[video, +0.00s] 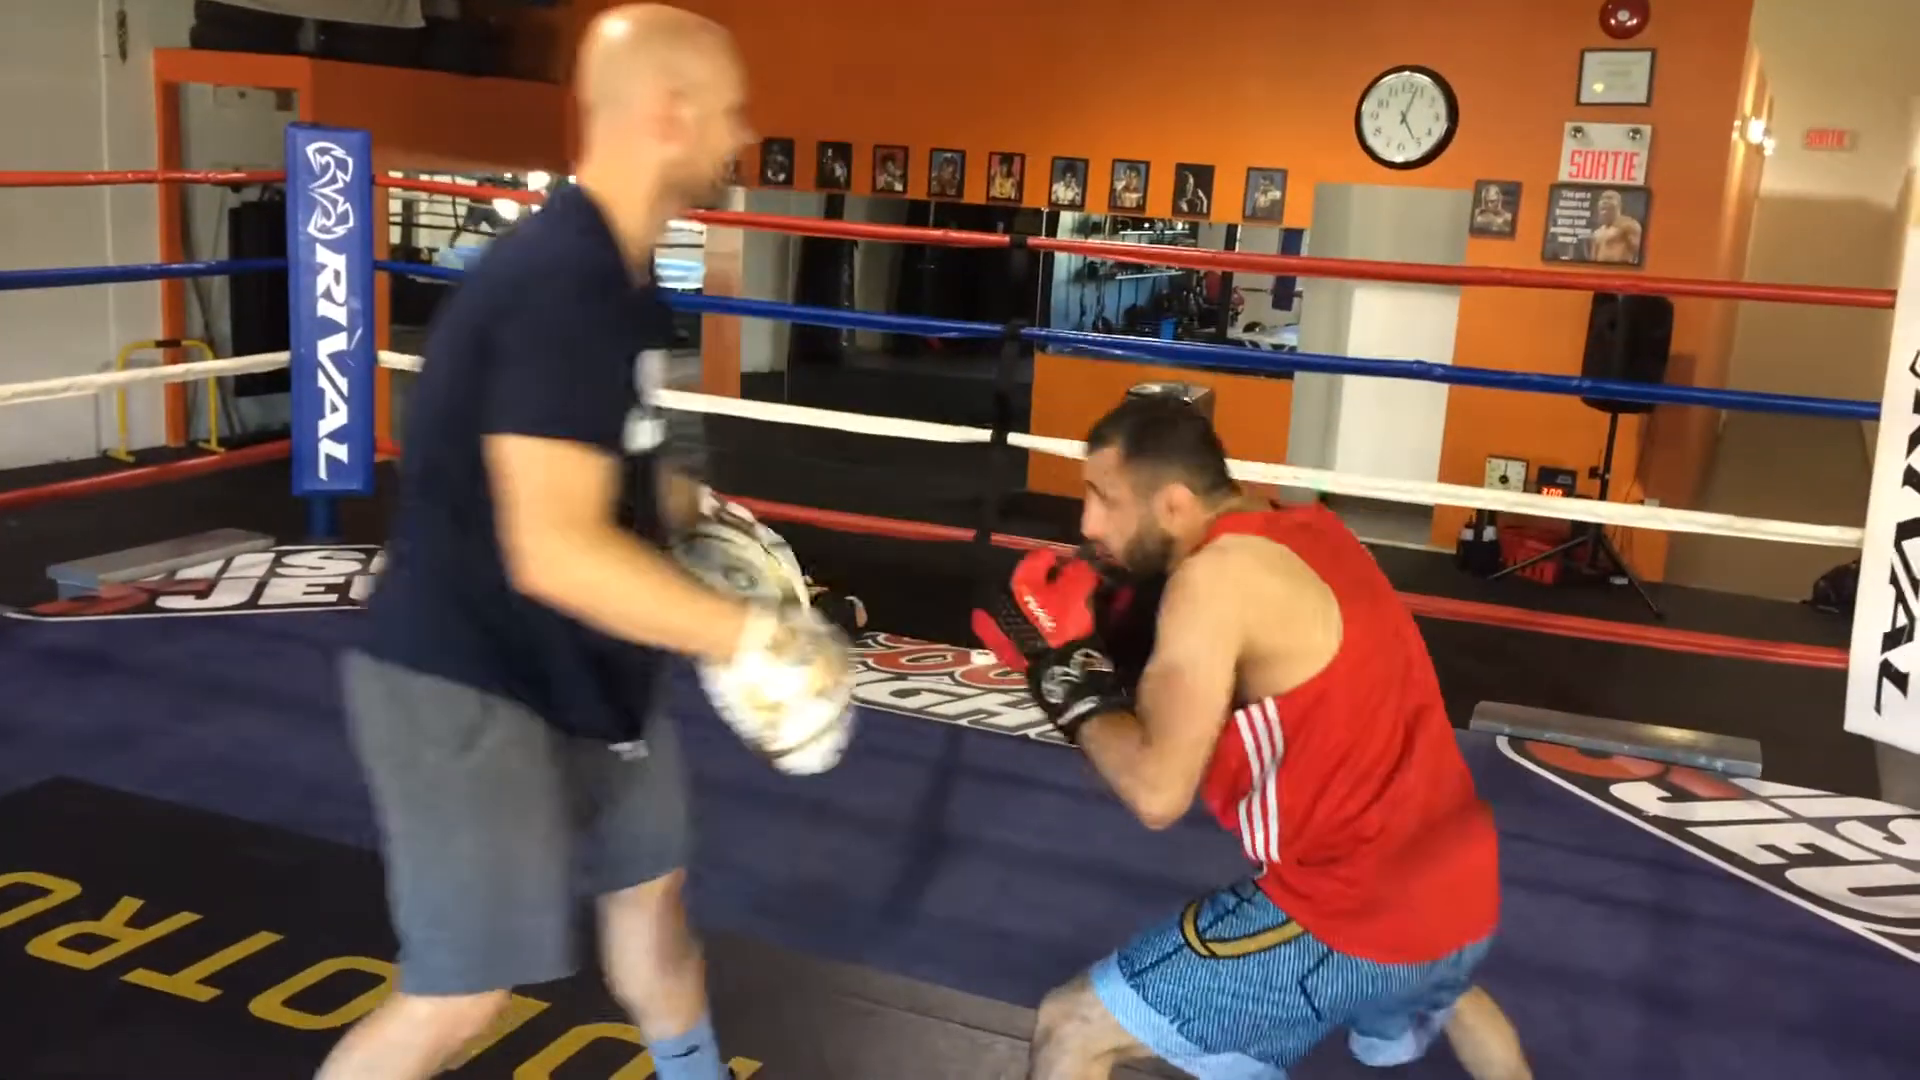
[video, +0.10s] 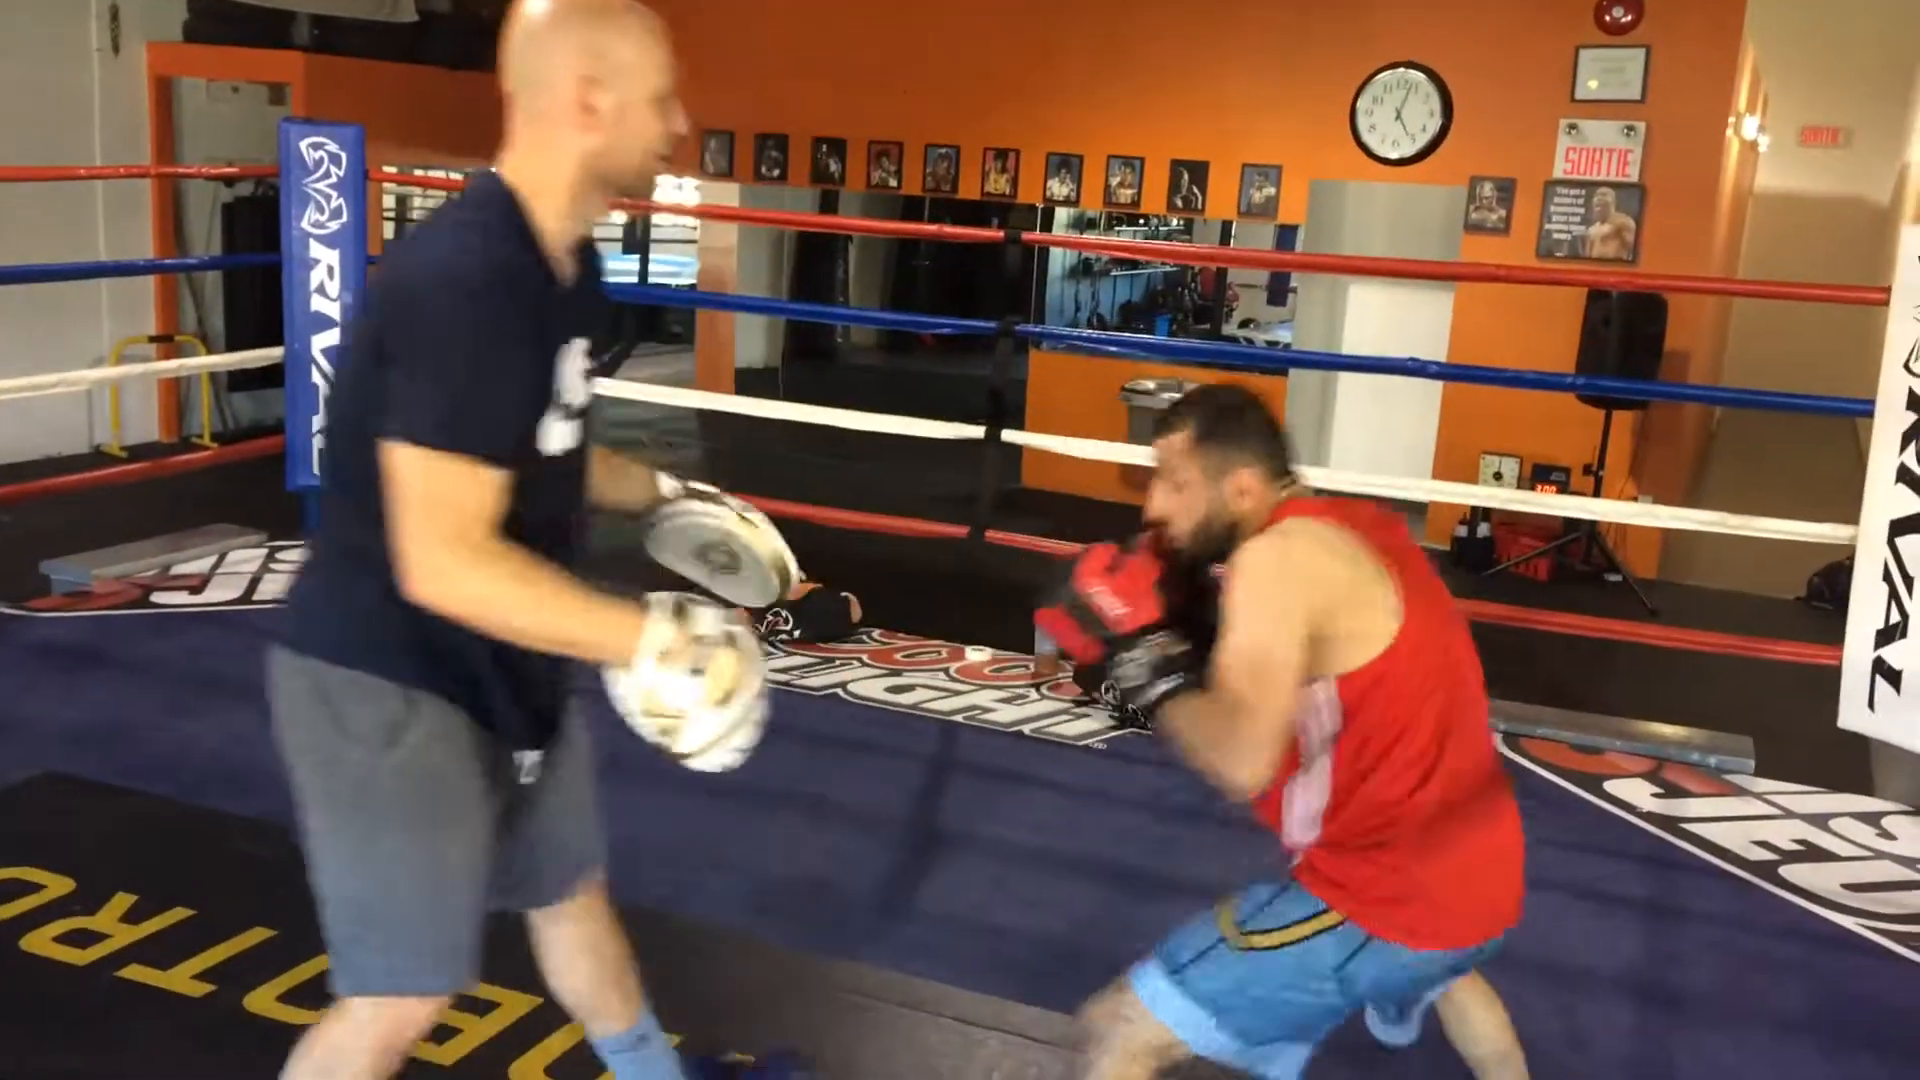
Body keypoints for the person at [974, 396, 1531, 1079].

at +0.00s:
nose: (1084, 522)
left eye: (1100, 499)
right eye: (1085, 496)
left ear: (1174, 504)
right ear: (1190, 502)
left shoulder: (1213, 579)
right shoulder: (1314, 529)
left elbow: (1157, 791)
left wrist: (1067, 680)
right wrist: (1117, 641)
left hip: (1348, 920)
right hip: (1460, 896)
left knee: (1073, 1029)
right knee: (1451, 995)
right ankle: (1514, 1077)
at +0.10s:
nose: (1153, 505)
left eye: (1174, 483)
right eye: (1155, 480)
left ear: (1242, 489)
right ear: (1254, 487)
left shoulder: (1275, 562)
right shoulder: (1359, 526)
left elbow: (1242, 756)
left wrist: (1141, 654)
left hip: (1385, 897)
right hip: (1476, 874)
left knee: (1117, 1032)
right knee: (1446, 971)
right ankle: (1510, 1077)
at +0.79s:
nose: (1180, 306)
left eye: (1203, 287)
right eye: (1186, 282)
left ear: (1279, 311)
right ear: (1288, 310)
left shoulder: (1276, 417)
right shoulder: (1391, 392)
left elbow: (1166, 594)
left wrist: (1113, 458)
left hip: (1278, 780)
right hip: (1390, 771)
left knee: (1120, 1000)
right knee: (1379, 991)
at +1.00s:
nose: (1199, 350)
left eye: (1220, 326)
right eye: (1204, 324)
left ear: (1295, 338)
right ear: (1305, 341)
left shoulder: (1299, 440)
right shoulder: (1393, 438)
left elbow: (1283, 645)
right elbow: (1311, 592)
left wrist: (1164, 544)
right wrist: (1195, 507)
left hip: (1251, 814)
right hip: (1357, 812)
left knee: (1054, 1009)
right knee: (1357, 1034)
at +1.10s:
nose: (1176, 379)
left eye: (1195, 355)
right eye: (1180, 353)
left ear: (1268, 366)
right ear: (1279, 366)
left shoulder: (1270, 462)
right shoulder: (1371, 462)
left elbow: (1233, 658)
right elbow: (1285, 618)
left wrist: (1125, 552)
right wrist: (1171, 533)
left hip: (1229, 851)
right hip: (1340, 845)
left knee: (1032, 1045)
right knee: (1340, 1057)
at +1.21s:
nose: (1125, 406)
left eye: (1144, 384)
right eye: (1128, 382)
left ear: (1219, 396)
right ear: (1232, 397)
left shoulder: (1217, 491)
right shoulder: (1329, 485)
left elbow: (1133, 681)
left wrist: (1054, 553)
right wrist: (1127, 524)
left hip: (1194, 891)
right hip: (1316, 888)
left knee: (1009, 1063)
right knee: (1310, 1070)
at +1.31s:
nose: (1061, 438)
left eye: (1079, 415)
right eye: (1065, 411)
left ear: (1151, 425)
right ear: (1166, 424)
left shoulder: (1158, 518)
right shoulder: (1286, 494)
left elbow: (1051, 707)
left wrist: (989, 572)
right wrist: (1073, 543)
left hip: (1197, 907)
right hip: (1327, 899)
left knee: (1012, 1069)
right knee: (1319, 1073)